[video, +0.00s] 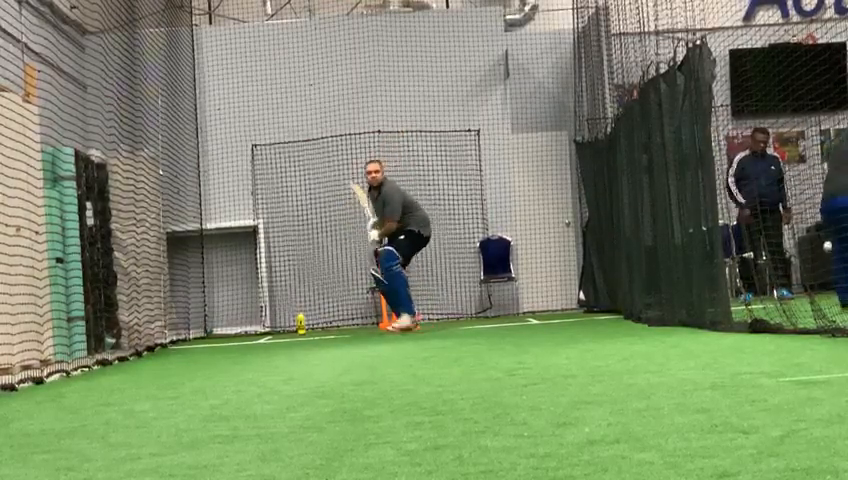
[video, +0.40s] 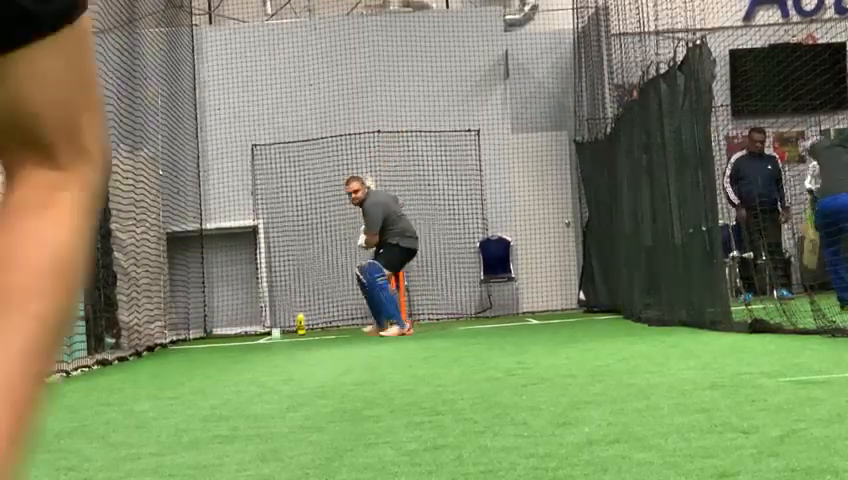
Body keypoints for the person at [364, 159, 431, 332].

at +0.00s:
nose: (373, 176)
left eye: (376, 172)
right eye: (369, 173)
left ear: (383, 173)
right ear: (366, 176)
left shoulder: (391, 190)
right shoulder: (372, 193)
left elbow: (392, 224)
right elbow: (382, 217)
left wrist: (379, 234)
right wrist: (376, 224)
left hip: (416, 229)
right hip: (400, 231)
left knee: (388, 258)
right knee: (381, 272)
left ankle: (407, 314)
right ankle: (403, 316)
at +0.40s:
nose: (353, 197)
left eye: (356, 192)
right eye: (350, 193)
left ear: (365, 189)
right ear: (347, 194)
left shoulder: (371, 204)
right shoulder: (376, 197)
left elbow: (372, 240)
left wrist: (365, 242)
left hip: (401, 243)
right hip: (396, 242)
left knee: (373, 273)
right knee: (364, 275)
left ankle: (399, 324)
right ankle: (380, 324)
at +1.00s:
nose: (342, 187)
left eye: (344, 182)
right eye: (339, 184)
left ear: (352, 181)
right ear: (338, 188)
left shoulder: (367, 191)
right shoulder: (349, 206)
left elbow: (366, 170)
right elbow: (344, 224)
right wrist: (336, 200)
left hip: (400, 235)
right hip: (379, 244)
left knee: (400, 268)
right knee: (358, 281)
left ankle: (421, 317)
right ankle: (381, 323)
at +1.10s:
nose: (349, 181)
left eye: (350, 177)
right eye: (345, 180)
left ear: (357, 177)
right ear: (343, 184)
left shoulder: (372, 186)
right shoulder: (350, 202)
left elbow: (387, 172)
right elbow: (343, 219)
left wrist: (365, 169)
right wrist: (346, 195)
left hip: (400, 234)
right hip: (379, 242)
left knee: (399, 269)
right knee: (360, 280)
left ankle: (425, 318)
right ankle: (381, 323)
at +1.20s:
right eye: (356, 179)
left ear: (366, 174)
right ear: (353, 181)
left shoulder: (379, 184)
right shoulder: (356, 198)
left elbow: (401, 182)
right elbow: (343, 212)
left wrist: (380, 174)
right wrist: (348, 187)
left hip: (403, 234)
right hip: (382, 242)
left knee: (400, 270)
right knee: (361, 281)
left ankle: (425, 319)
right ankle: (381, 323)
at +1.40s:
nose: (366, 181)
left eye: (367, 177)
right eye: (363, 178)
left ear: (375, 173)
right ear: (364, 181)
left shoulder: (394, 182)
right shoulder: (370, 196)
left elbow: (409, 199)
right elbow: (356, 210)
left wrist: (384, 189)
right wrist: (359, 186)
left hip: (412, 235)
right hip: (391, 241)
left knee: (404, 270)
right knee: (369, 279)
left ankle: (427, 320)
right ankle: (382, 323)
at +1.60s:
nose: (387, 165)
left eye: (390, 161)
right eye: (385, 162)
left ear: (400, 158)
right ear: (382, 163)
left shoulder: (415, 176)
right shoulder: (385, 184)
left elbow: (419, 202)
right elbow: (379, 205)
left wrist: (397, 212)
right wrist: (373, 211)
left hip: (424, 229)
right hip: (403, 233)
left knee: (412, 265)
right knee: (385, 267)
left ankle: (428, 321)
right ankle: (384, 318)